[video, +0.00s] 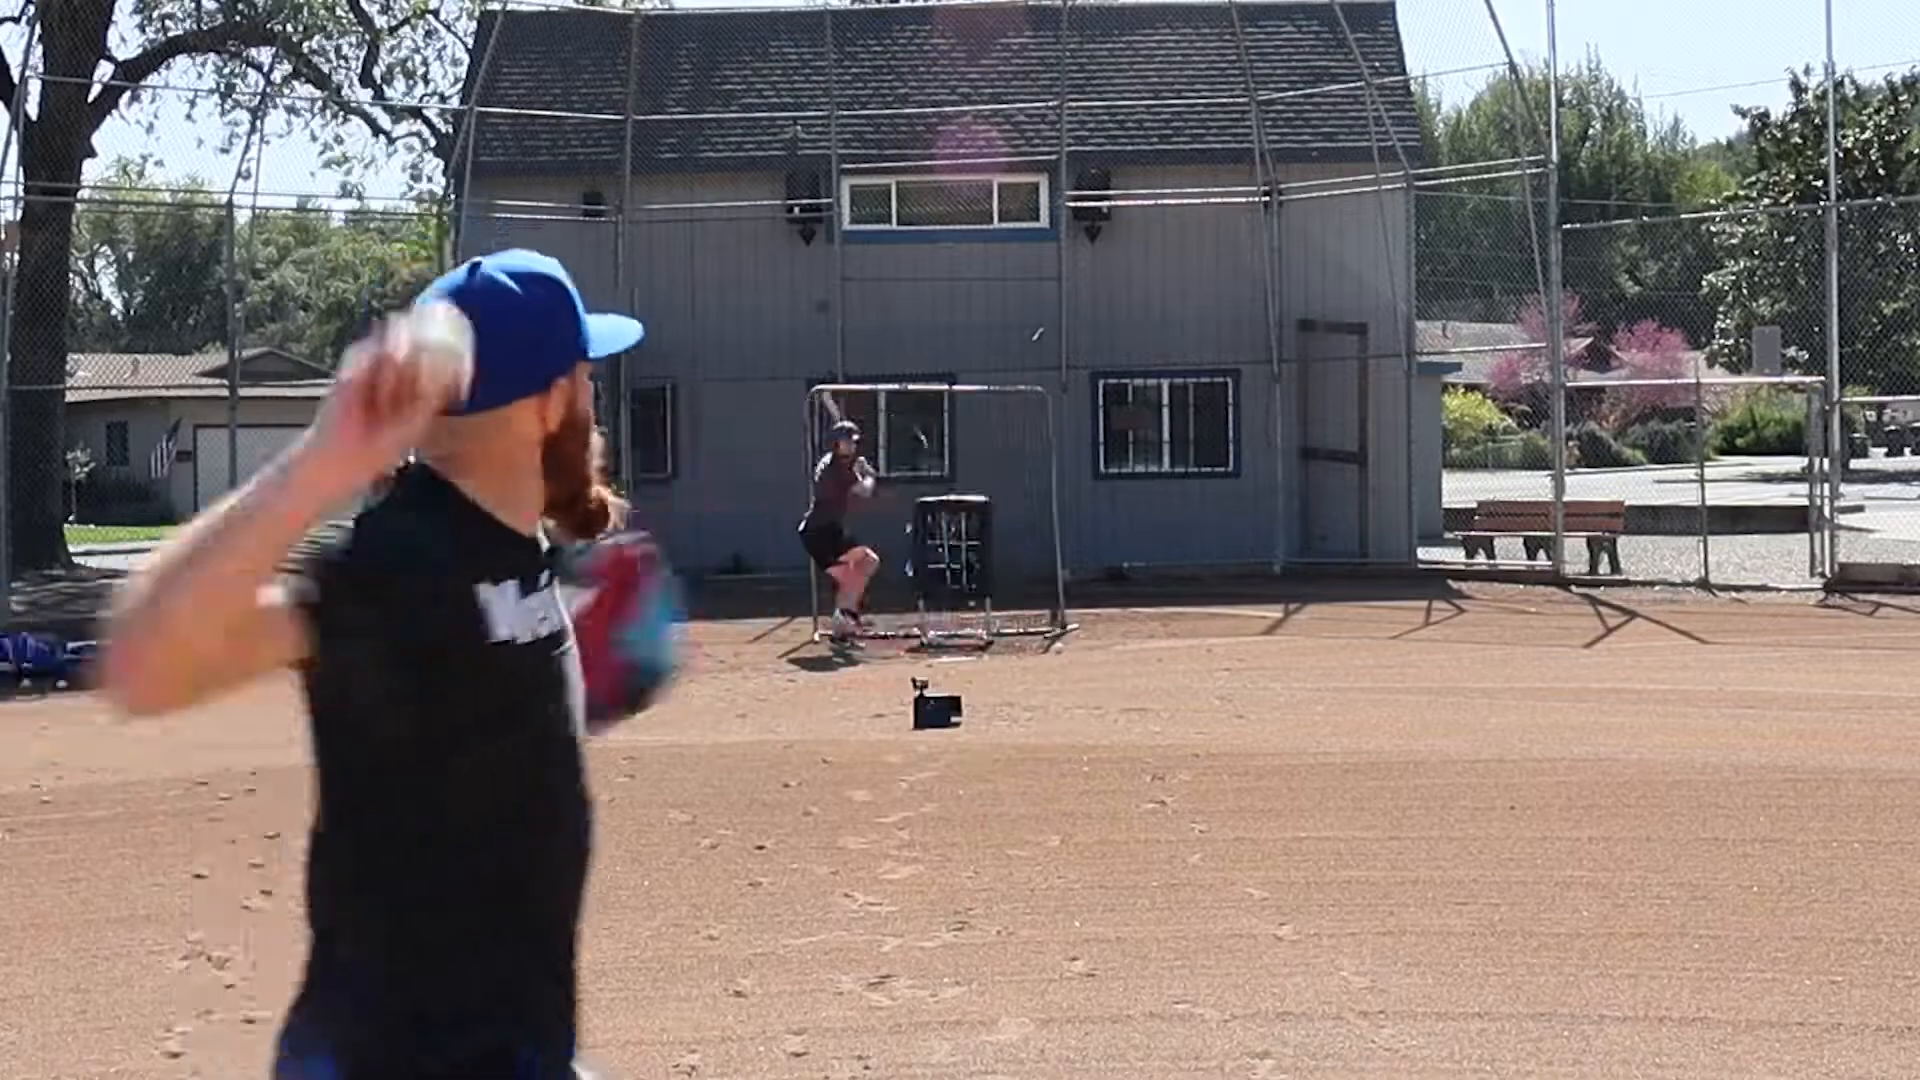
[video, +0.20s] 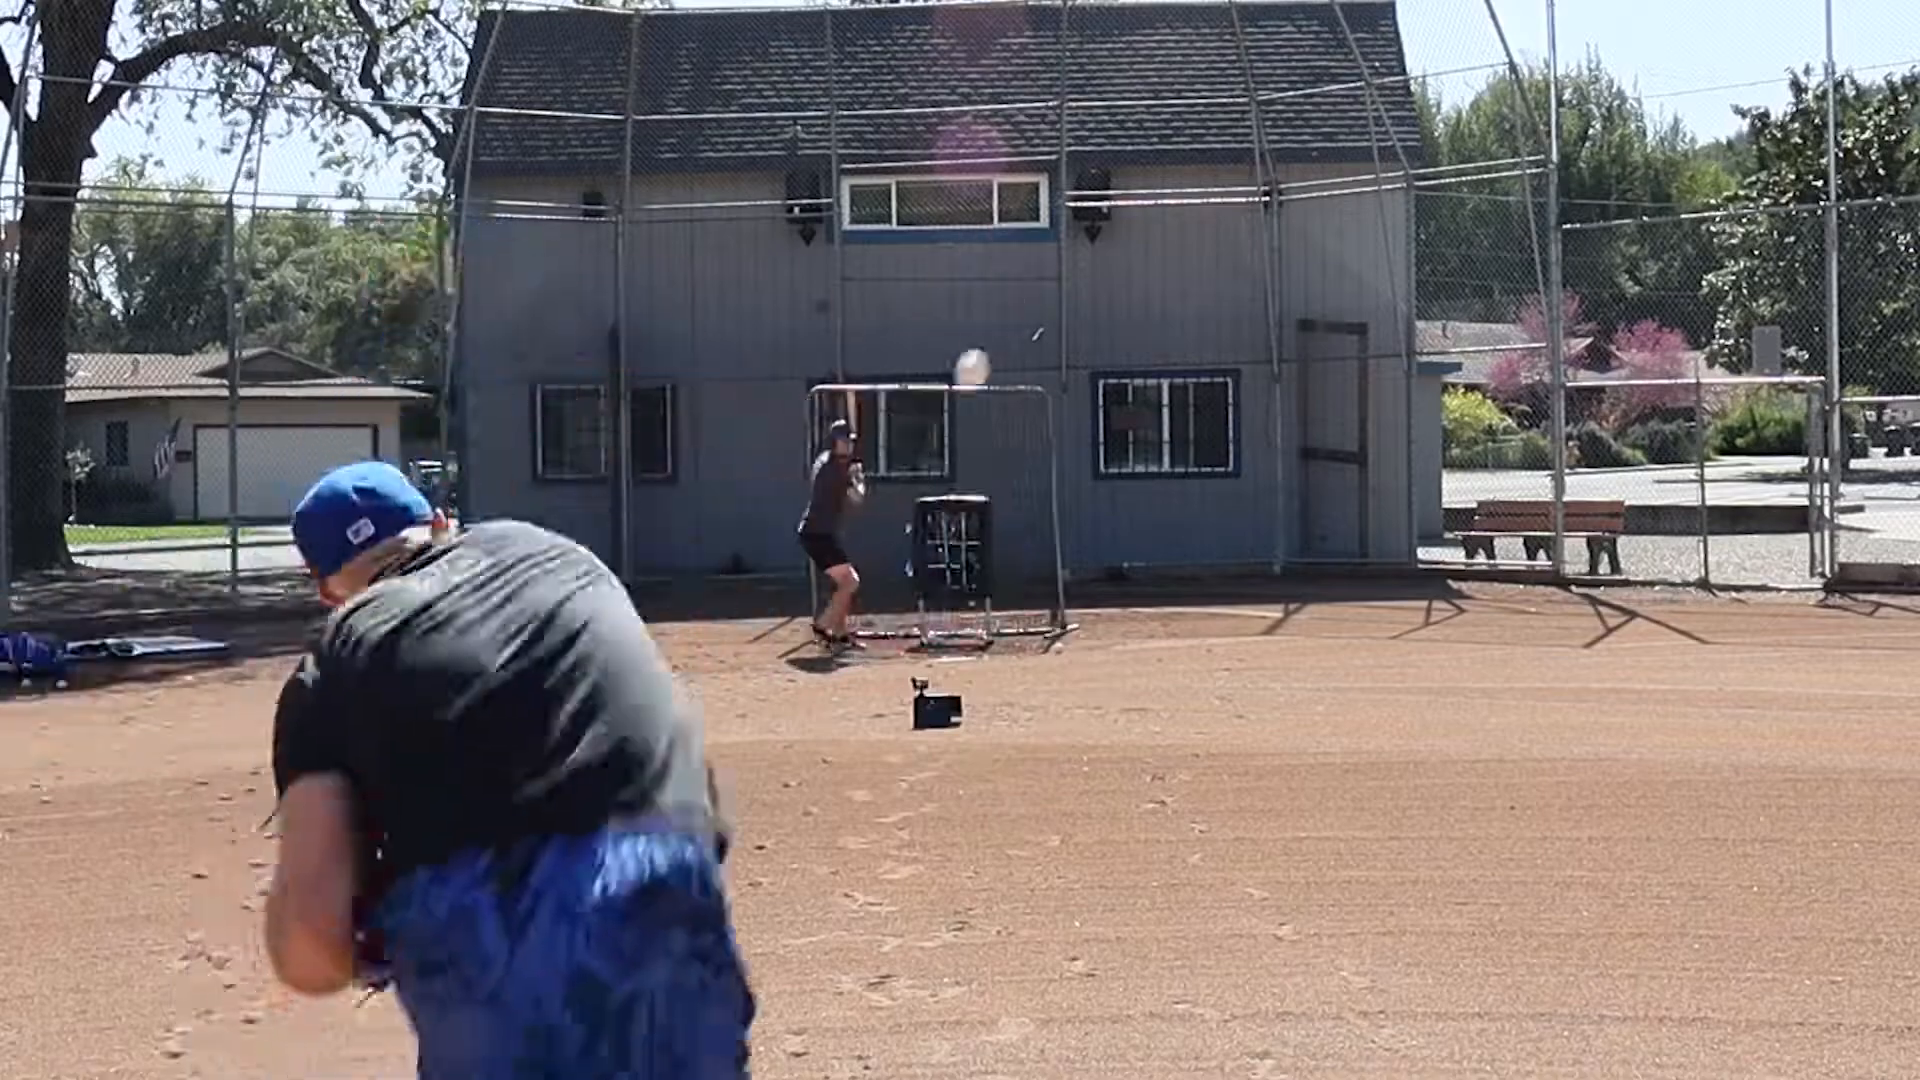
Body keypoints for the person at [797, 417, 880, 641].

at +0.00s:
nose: (853, 447)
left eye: (855, 442)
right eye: (849, 442)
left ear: (853, 443)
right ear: (837, 444)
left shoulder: (829, 463)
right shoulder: (839, 468)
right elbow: (865, 490)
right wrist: (867, 474)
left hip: (813, 529)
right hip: (824, 529)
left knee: (848, 576)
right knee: (867, 559)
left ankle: (842, 621)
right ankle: (847, 611)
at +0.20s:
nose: (848, 446)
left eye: (850, 441)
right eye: (843, 441)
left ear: (851, 442)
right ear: (833, 443)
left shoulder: (835, 464)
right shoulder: (832, 468)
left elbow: (857, 495)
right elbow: (857, 498)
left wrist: (854, 477)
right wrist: (858, 478)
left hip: (826, 529)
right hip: (816, 531)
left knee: (845, 580)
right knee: (848, 580)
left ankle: (840, 629)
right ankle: (824, 624)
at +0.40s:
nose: (843, 442)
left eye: (845, 438)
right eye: (839, 437)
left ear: (845, 439)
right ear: (828, 438)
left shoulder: (823, 459)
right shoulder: (829, 462)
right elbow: (852, 494)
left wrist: (846, 488)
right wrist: (851, 483)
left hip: (827, 528)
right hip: (814, 530)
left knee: (842, 581)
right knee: (829, 583)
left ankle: (841, 632)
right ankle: (808, 637)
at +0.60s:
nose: (842, 437)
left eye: (843, 432)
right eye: (838, 433)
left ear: (834, 435)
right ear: (826, 434)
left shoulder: (817, 454)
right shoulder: (824, 458)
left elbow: (800, 493)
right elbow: (838, 498)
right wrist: (857, 498)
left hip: (820, 527)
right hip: (815, 529)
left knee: (834, 577)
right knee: (822, 583)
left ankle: (841, 629)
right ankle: (806, 639)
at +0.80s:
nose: (844, 437)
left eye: (844, 432)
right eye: (841, 433)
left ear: (830, 434)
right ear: (829, 433)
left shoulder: (826, 457)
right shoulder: (818, 458)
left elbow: (823, 493)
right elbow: (824, 496)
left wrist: (839, 509)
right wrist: (848, 505)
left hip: (827, 525)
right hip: (815, 527)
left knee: (836, 579)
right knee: (821, 582)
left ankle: (842, 630)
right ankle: (806, 638)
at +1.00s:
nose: (847, 437)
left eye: (847, 433)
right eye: (844, 433)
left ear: (832, 435)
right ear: (832, 434)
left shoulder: (832, 457)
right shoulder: (819, 459)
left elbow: (834, 495)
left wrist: (846, 516)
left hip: (828, 525)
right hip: (822, 527)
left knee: (819, 581)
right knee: (840, 577)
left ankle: (806, 636)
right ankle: (840, 630)